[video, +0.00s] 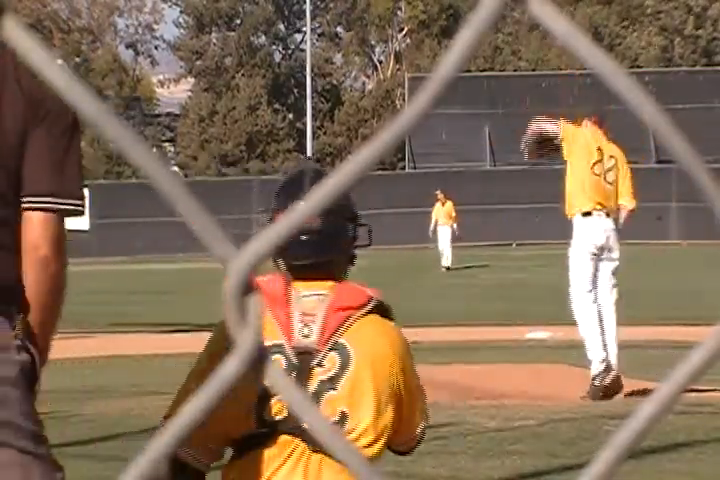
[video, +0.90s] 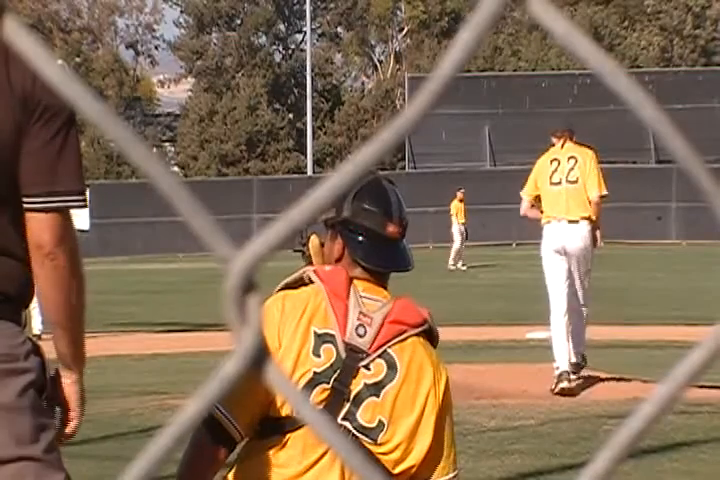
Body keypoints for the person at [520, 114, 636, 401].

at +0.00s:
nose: (580, 126)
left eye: (581, 122)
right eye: (581, 123)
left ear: (586, 122)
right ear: (603, 125)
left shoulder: (576, 133)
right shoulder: (617, 153)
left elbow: (538, 124)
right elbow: (627, 202)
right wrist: (613, 227)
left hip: (586, 224)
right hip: (610, 226)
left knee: (582, 296)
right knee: (607, 296)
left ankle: (599, 366)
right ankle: (611, 366)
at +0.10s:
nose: (579, 132)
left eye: (580, 129)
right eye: (581, 129)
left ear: (584, 128)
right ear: (599, 129)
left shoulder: (572, 145)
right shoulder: (616, 154)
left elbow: (547, 160)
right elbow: (624, 202)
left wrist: (539, 171)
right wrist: (617, 236)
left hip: (582, 225)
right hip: (609, 227)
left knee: (572, 298)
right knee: (606, 300)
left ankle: (591, 364)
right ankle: (610, 365)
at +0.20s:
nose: (573, 133)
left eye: (573, 129)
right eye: (577, 129)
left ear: (574, 131)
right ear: (594, 130)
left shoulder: (563, 157)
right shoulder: (608, 155)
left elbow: (550, 201)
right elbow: (623, 198)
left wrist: (561, 209)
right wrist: (618, 236)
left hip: (575, 227)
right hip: (604, 226)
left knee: (571, 302)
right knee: (606, 303)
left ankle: (573, 371)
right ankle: (609, 367)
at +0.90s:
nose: (557, 142)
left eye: (555, 139)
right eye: (567, 137)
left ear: (552, 139)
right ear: (573, 136)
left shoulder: (542, 161)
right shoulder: (586, 155)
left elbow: (526, 208)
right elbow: (595, 197)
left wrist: (549, 216)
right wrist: (596, 225)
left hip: (551, 229)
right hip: (579, 228)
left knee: (557, 305)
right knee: (579, 301)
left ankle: (561, 367)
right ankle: (577, 357)